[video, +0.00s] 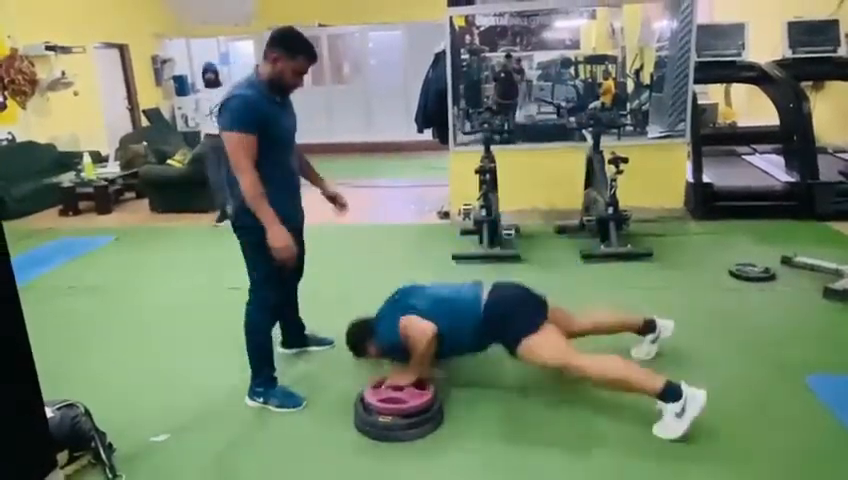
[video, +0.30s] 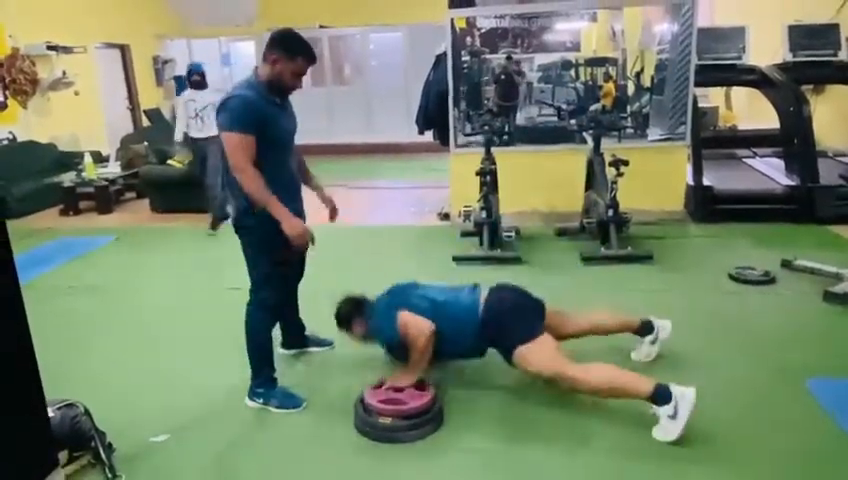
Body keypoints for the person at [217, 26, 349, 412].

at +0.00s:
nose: (302, 81)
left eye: (304, 73)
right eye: (298, 72)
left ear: (281, 63)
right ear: (274, 60)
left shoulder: (278, 97)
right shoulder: (242, 103)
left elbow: (288, 153)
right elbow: (244, 174)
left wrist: (323, 187)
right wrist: (272, 226)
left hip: (287, 210)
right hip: (257, 216)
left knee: (288, 276)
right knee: (265, 296)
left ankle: (294, 335)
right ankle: (262, 384)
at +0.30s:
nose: (301, 82)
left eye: (303, 74)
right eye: (297, 73)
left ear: (279, 65)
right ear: (273, 61)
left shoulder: (276, 98)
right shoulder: (241, 104)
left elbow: (287, 155)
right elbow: (242, 171)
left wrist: (319, 191)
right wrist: (286, 217)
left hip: (285, 209)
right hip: (257, 215)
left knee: (289, 276)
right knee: (266, 295)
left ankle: (293, 335)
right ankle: (262, 385)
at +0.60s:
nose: (303, 81)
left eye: (306, 74)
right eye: (300, 73)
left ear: (283, 64)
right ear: (276, 61)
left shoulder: (280, 98)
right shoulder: (243, 102)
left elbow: (285, 159)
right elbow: (238, 172)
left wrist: (299, 204)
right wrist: (260, 228)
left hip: (291, 213)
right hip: (264, 219)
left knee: (291, 278)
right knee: (266, 298)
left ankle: (295, 335)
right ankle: (263, 384)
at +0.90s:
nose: (308, 81)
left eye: (311, 74)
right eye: (305, 72)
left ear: (288, 63)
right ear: (281, 60)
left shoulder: (285, 96)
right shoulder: (248, 101)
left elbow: (293, 153)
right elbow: (244, 171)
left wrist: (317, 194)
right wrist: (275, 223)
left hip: (294, 208)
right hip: (266, 214)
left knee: (296, 275)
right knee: (270, 296)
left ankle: (298, 334)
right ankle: (267, 383)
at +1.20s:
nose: (325, 86)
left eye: (328, 79)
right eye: (322, 78)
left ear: (307, 69)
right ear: (300, 65)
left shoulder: (301, 100)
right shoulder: (261, 101)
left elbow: (296, 155)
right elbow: (241, 162)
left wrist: (311, 195)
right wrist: (278, 213)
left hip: (298, 211)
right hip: (267, 216)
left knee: (299, 278)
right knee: (273, 295)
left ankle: (301, 334)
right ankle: (268, 381)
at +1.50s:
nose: (367, 144)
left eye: (370, 137)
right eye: (366, 136)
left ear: (350, 125)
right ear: (347, 124)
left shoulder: (333, 148)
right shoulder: (306, 146)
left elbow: (321, 182)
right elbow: (270, 206)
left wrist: (332, 216)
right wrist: (302, 250)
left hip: (287, 220)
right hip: (252, 226)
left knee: (320, 267)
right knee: (291, 297)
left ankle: (302, 332)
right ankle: (269, 385)